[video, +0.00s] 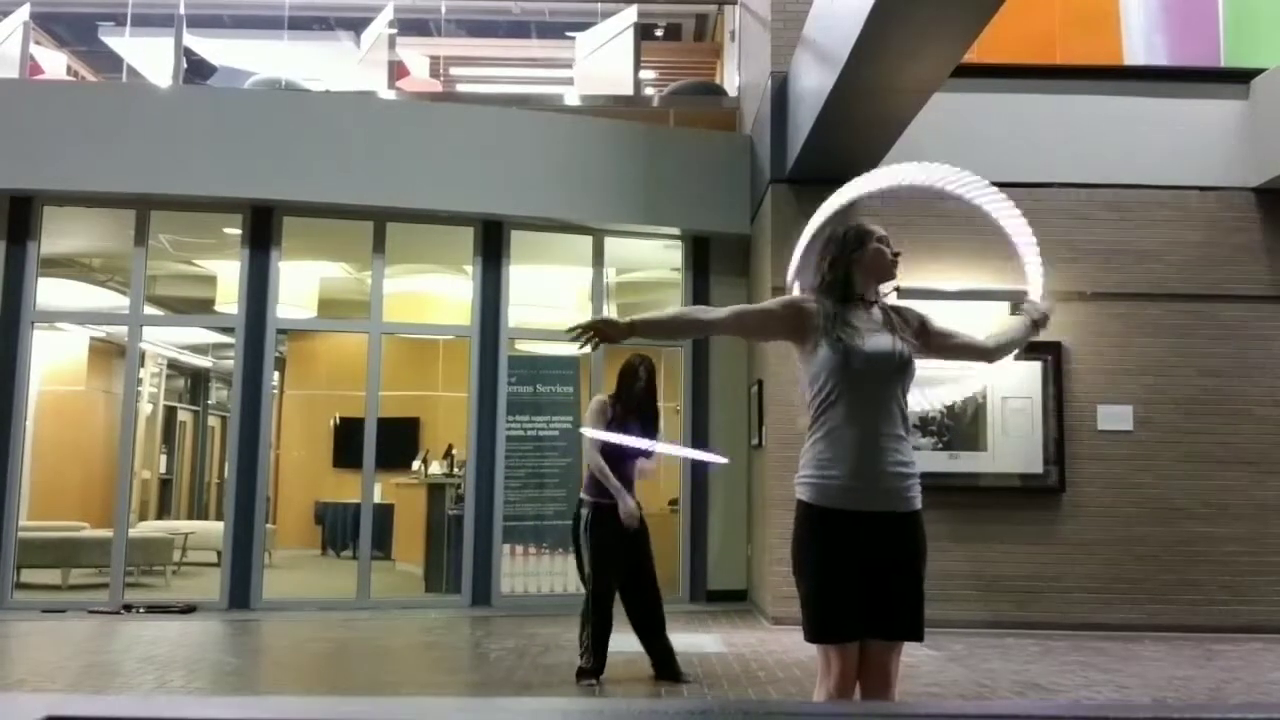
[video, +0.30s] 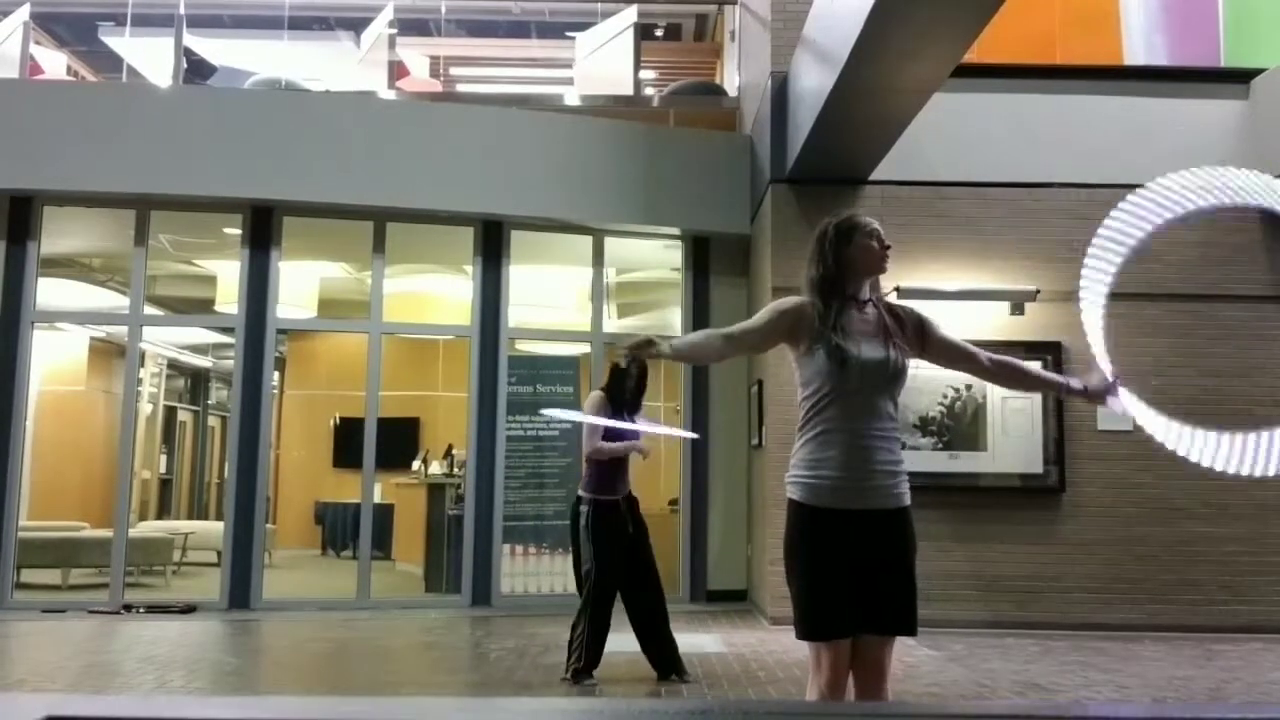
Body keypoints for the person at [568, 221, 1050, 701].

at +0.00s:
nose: (891, 249)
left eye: (890, 242)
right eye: (877, 242)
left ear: (883, 263)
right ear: (845, 257)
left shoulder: (904, 322)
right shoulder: (808, 313)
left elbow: (987, 349)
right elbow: (713, 320)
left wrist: (1031, 320)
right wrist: (627, 328)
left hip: (896, 508)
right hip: (829, 507)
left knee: (882, 674)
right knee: (841, 673)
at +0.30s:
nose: (883, 244)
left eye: (881, 237)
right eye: (869, 237)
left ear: (876, 254)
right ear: (838, 252)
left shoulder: (901, 321)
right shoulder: (801, 315)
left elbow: (986, 364)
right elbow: (725, 342)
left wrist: (1075, 388)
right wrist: (658, 347)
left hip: (887, 505)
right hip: (819, 504)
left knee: (875, 668)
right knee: (830, 667)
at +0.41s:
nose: (873, 239)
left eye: (874, 233)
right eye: (859, 233)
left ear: (877, 252)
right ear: (829, 252)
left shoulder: (904, 324)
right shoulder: (795, 318)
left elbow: (982, 375)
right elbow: (724, 359)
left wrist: (1063, 415)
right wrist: (694, 360)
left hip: (883, 507)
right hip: (815, 507)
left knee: (872, 667)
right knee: (828, 672)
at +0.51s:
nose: (866, 241)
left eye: (870, 234)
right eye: (852, 234)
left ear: (877, 253)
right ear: (824, 253)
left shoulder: (905, 323)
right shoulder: (797, 318)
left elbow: (971, 393)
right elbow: (750, 375)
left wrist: (1033, 460)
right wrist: (739, 375)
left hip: (883, 508)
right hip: (816, 508)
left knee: (874, 666)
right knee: (830, 667)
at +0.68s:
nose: (861, 239)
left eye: (869, 233)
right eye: (848, 235)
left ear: (881, 252)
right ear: (828, 256)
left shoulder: (908, 325)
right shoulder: (803, 317)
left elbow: (944, 416)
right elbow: (782, 412)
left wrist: (931, 442)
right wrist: (816, 373)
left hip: (885, 500)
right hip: (815, 499)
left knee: (875, 652)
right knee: (820, 654)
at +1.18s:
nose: (840, 235)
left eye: (853, 228)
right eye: (832, 233)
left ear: (880, 250)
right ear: (827, 258)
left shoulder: (909, 320)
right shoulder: (804, 320)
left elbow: (946, 423)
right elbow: (777, 427)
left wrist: (978, 504)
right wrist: (783, 407)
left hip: (889, 511)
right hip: (817, 509)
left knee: (875, 671)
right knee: (830, 669)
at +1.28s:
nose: (845, 234)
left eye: (857, 229)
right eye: (838, 232)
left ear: (883, 250)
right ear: (833, 256)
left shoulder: (916, 319)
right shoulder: (808, 318)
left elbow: (958, 401)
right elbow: (765, 399)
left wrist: (999, 470)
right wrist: (718, 444)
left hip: (893, 501)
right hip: (822, 497)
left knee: (884, 652)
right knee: (830, 659)